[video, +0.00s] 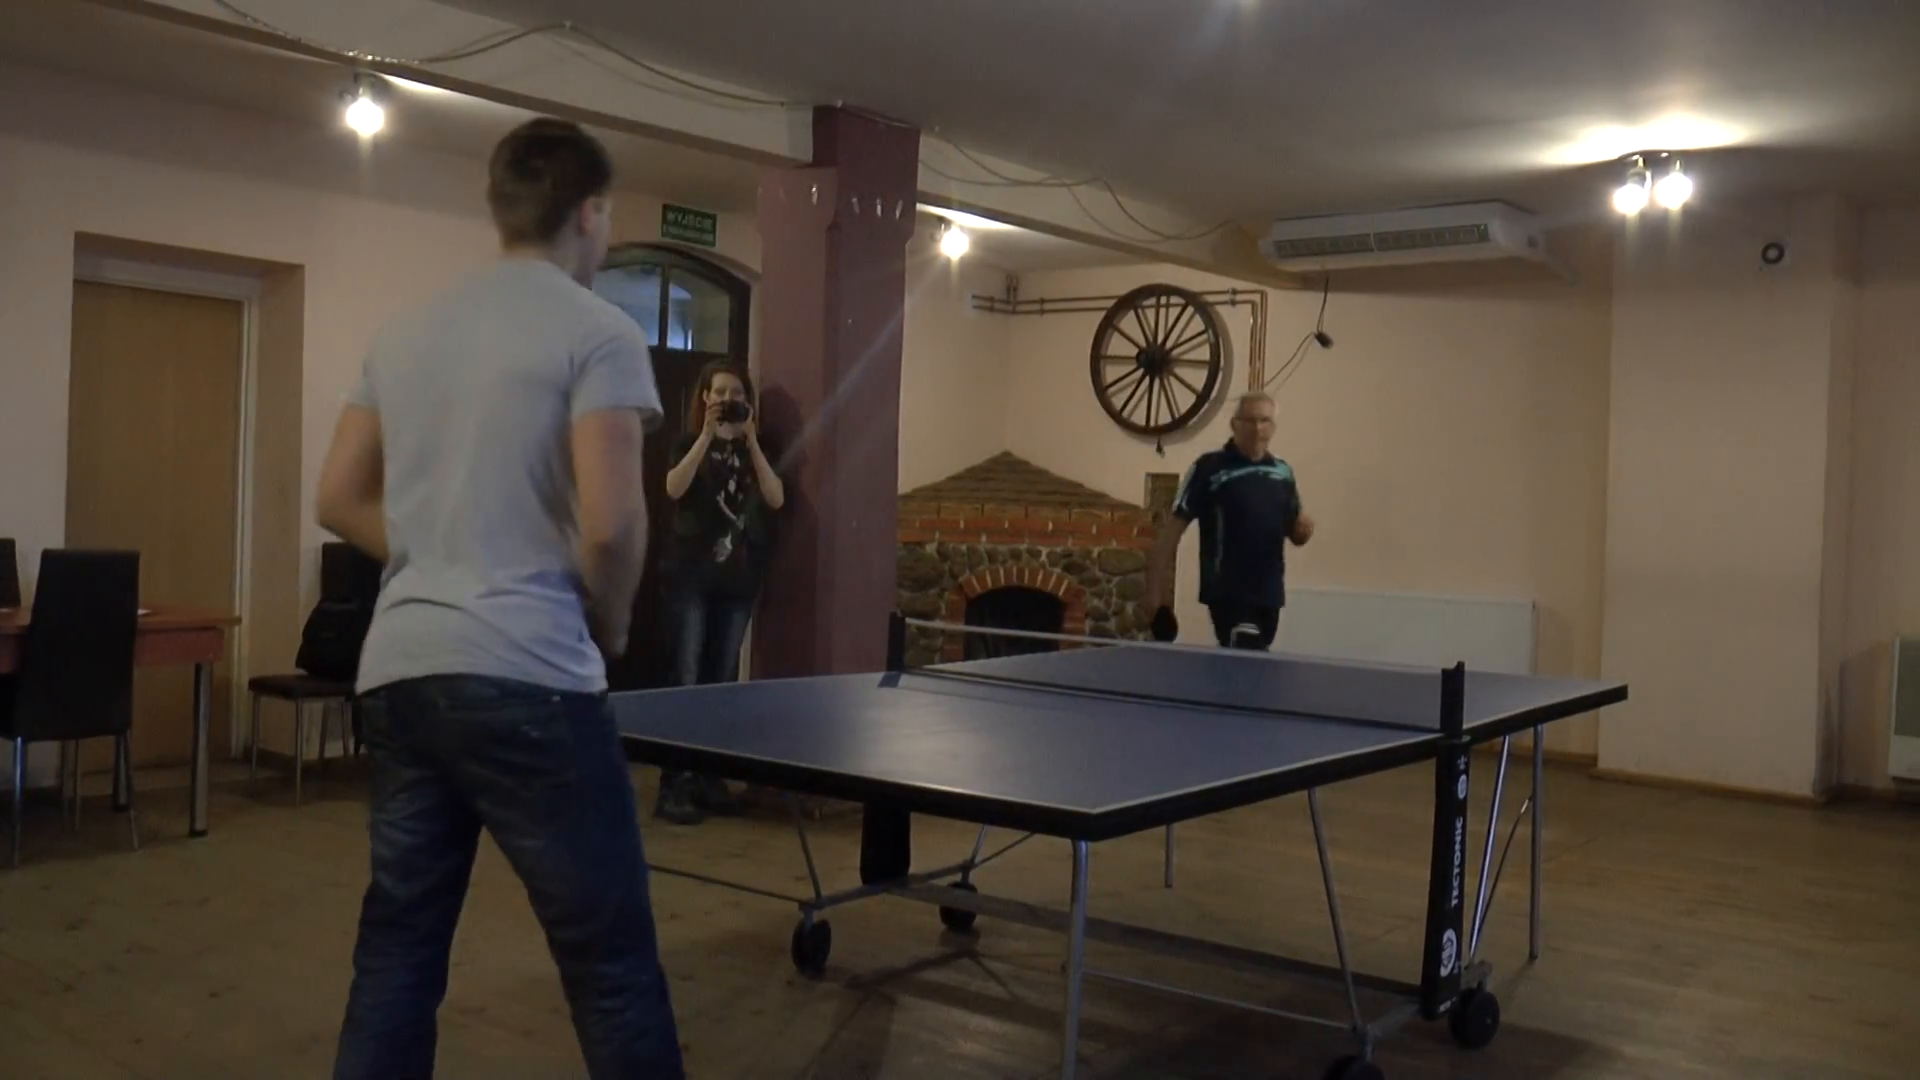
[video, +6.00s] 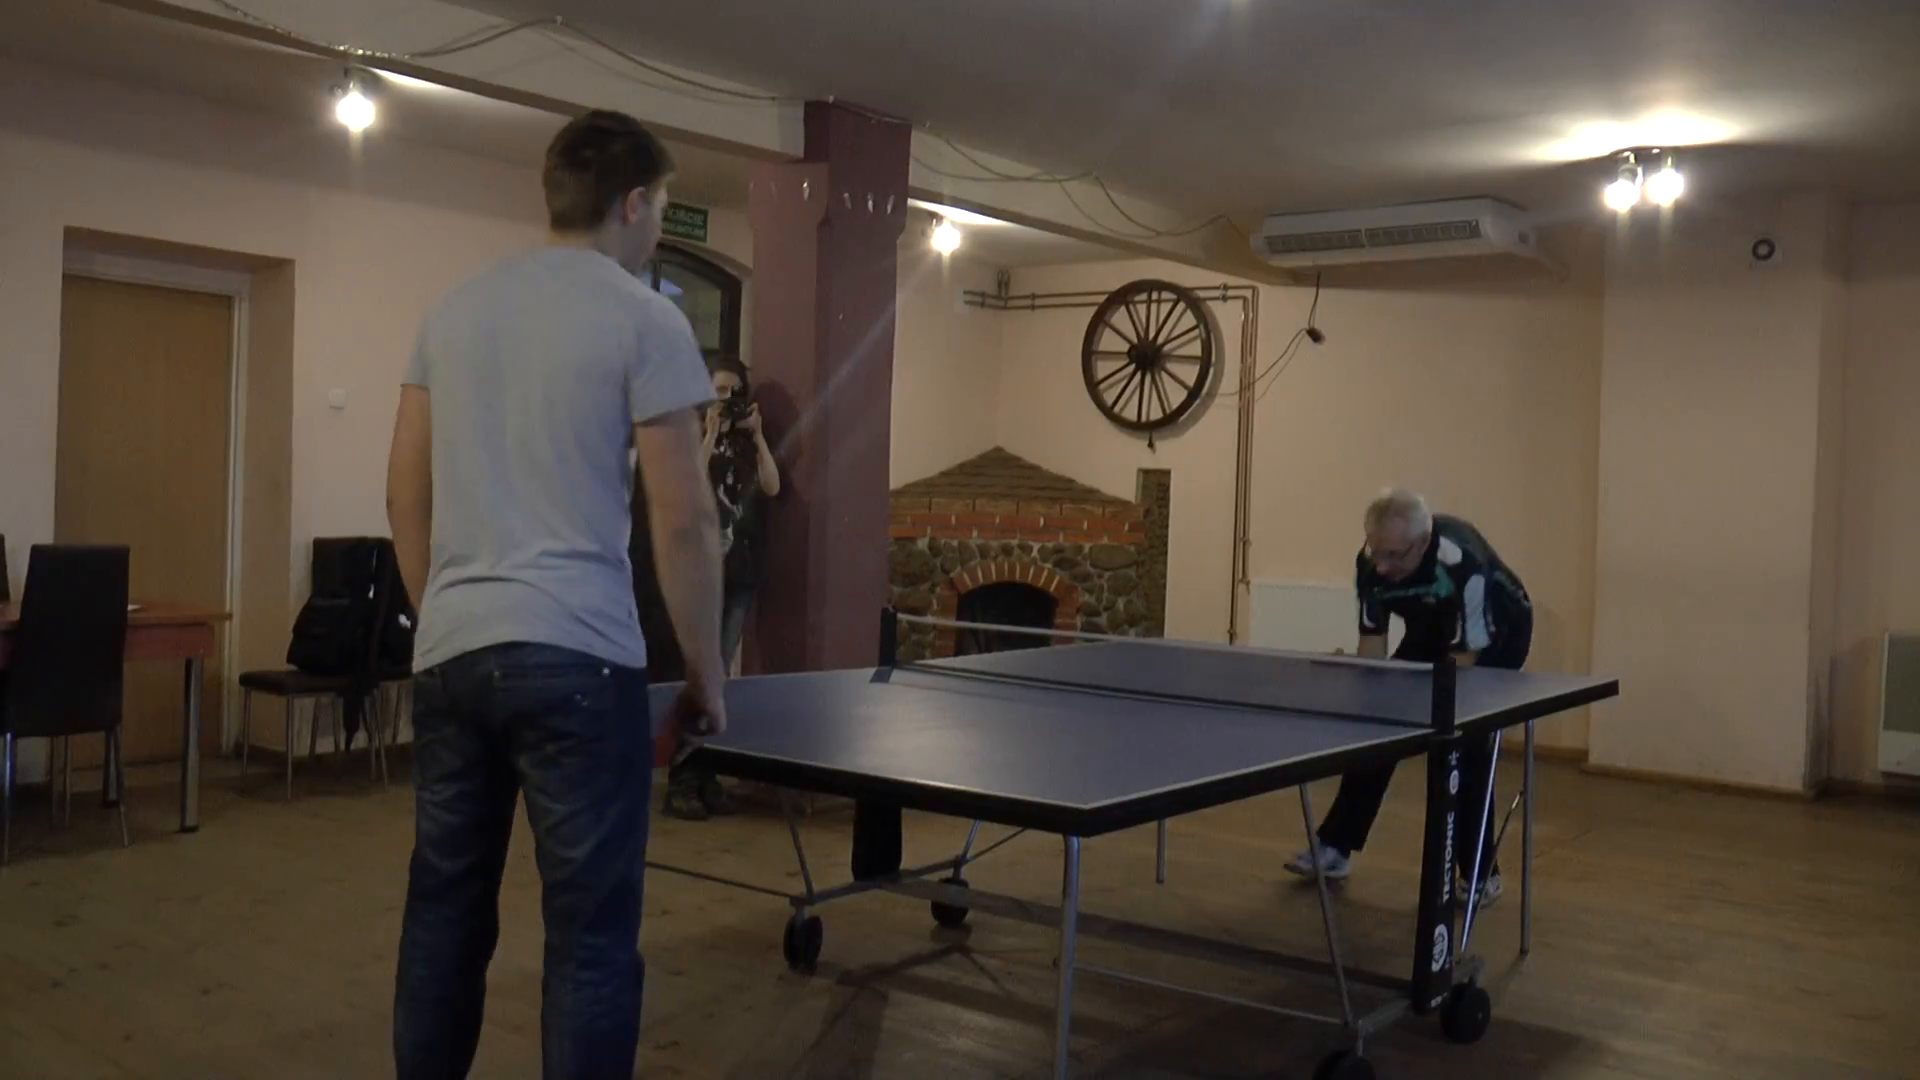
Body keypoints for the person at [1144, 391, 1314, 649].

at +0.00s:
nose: (1257, 428)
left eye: (1264, 421)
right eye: (1248, 420)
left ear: (1274, 427)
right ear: (1234, 424)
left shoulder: (1281, 471)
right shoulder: (1209, 468)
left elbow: (1296, 536)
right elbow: (1170, 534)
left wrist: (1302, 529)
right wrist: (1157, 598)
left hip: (1268, 593)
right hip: (1225, 592)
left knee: (1251, 678)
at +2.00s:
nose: (1467, 420)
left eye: (1479, 410)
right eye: (1465, 410)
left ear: (1511, 416)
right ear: (1466, 414)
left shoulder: (1545, 473)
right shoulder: (1459, 471)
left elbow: (1588, 551)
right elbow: (1429, 537)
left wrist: (1616, 626)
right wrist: (1400, 574)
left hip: (1523, 646)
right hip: (1465, 643)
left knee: (1520, 756)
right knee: (1473, 749)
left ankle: (1537, 873)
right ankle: (1485, 843)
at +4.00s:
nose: (1465, 412)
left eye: (1478, 402)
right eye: (1459, 401)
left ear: (1507, 408)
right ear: (1452, 405)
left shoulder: (1537, 467)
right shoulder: (1441, 466)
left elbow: (1568, 546)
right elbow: (1415, 538)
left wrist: (1516, 530)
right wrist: (1409, 588)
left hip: (1512, 641)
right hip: (1446, 635)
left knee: (1507, 757)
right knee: (1436, 747)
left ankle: (1503, 866)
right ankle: (1433, 847)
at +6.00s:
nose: (1380, 566)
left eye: (1392, 557)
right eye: (1374, 554)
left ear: (1422, 544)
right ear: (1368, 541)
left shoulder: (1464, 562)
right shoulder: (1369, 565)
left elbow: (1468, 652)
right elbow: (1370, 640)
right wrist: (1364, 700)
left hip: (1496, 635)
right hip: (1428, 625)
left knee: (1469, 747)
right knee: (1377, 731)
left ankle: (1479, 874)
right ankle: (1334, 847)